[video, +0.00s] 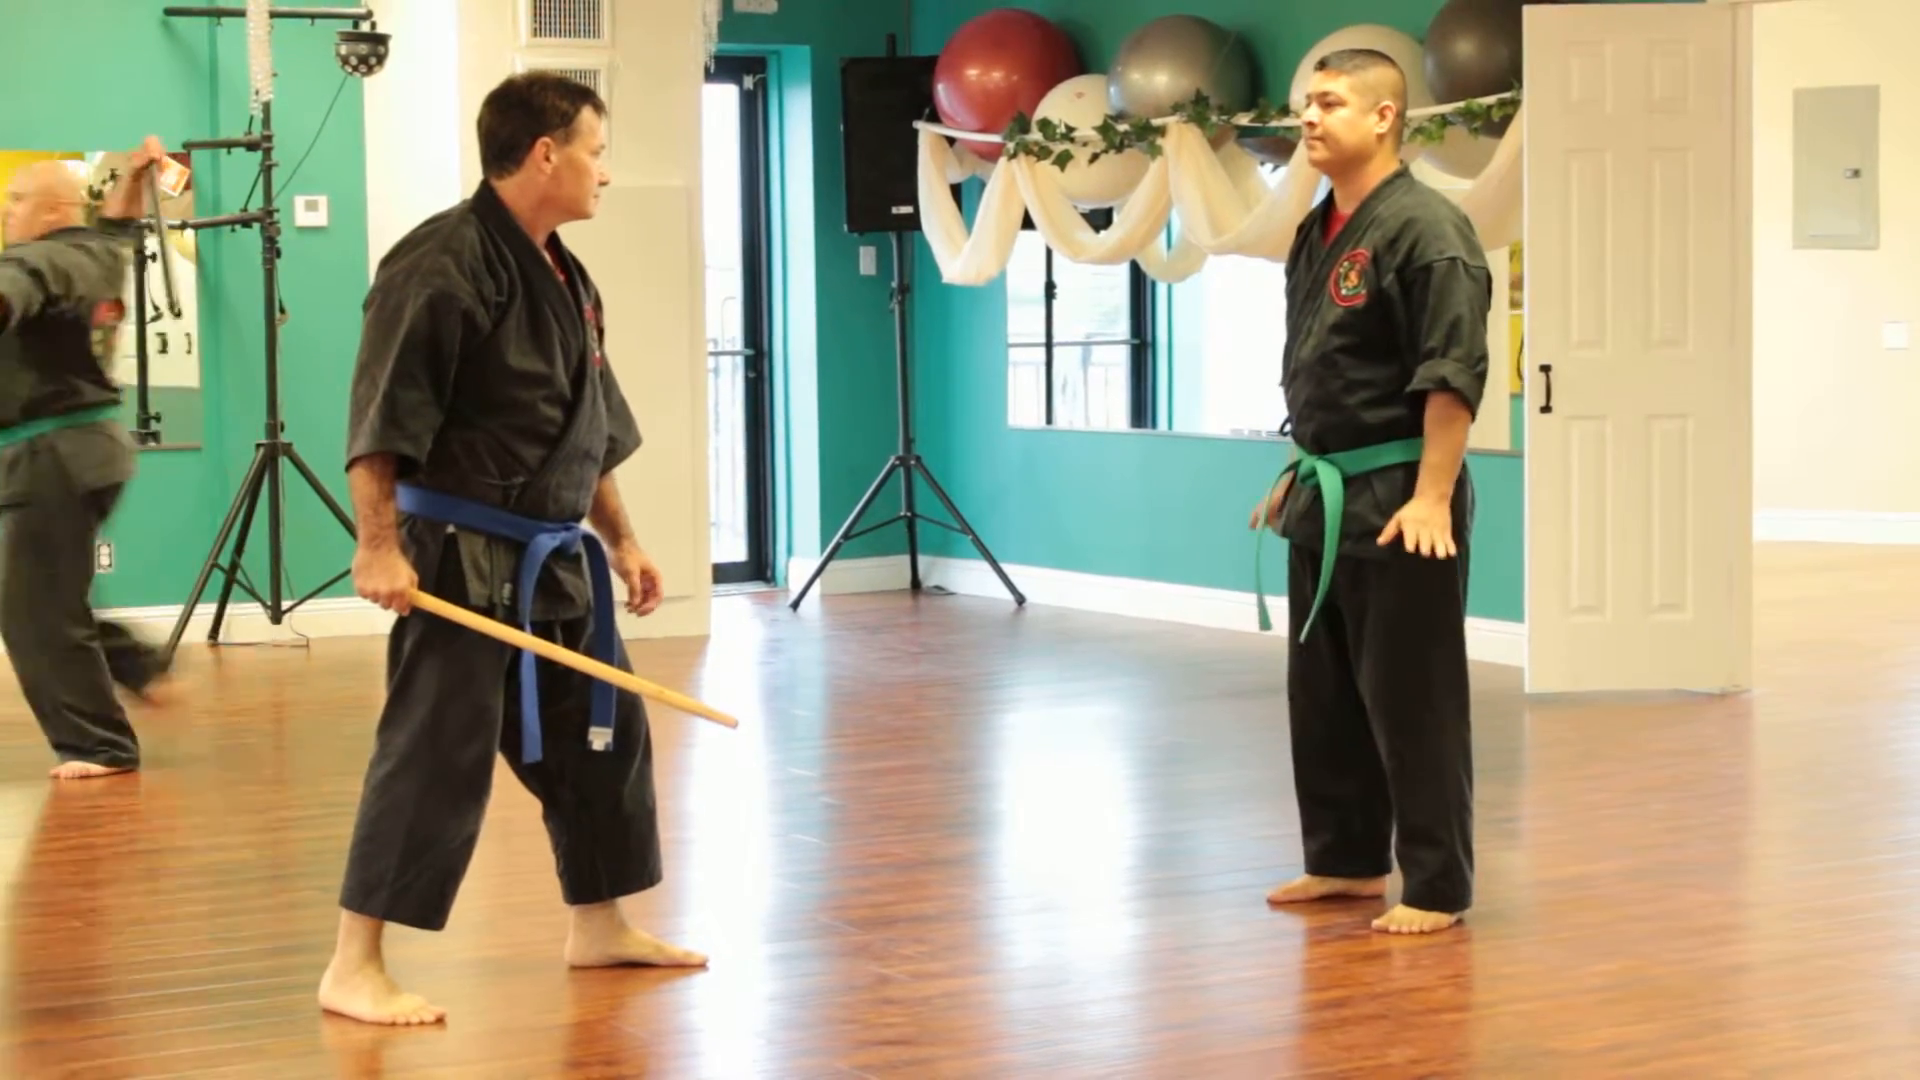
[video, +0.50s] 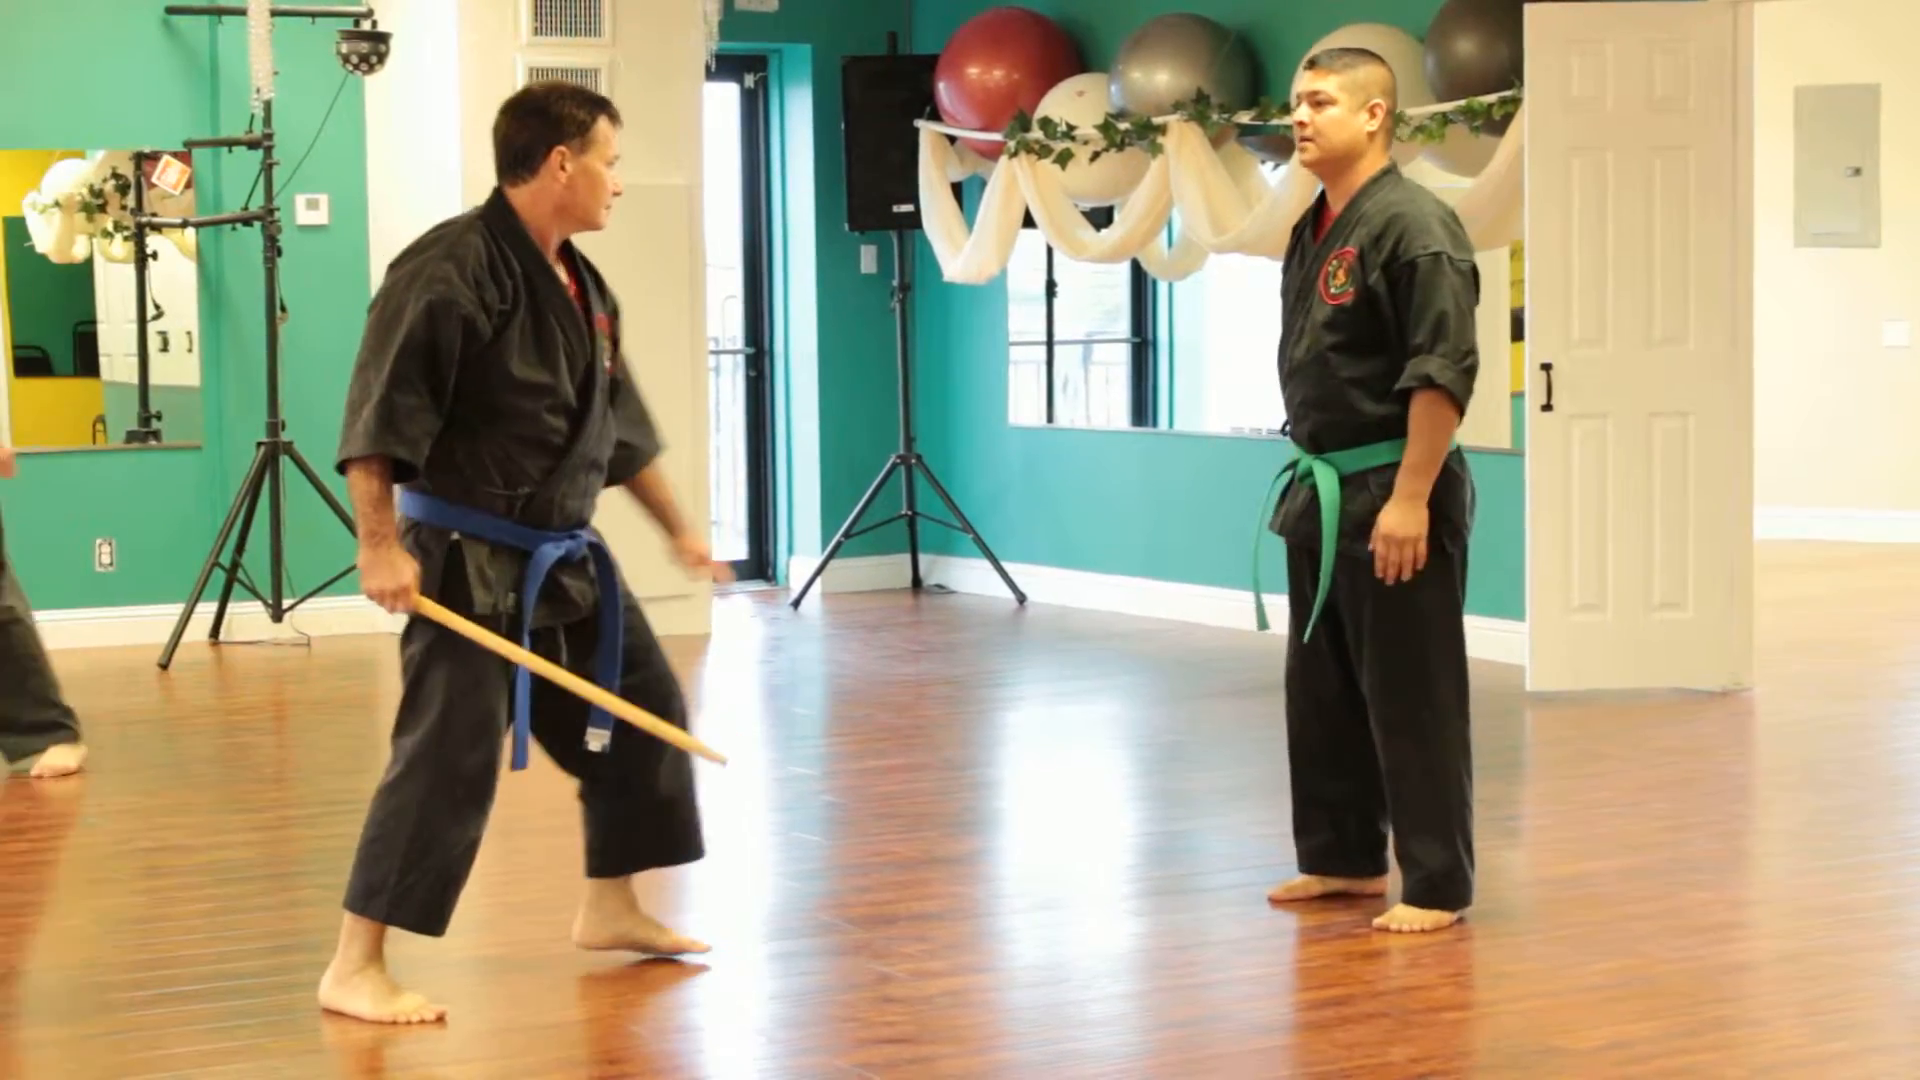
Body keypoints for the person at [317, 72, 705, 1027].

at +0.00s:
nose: (605, 173)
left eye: (604, 154)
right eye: (596, 154)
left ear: (550, 156)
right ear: (544, 155)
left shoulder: (566, 275)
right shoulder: (439, 261)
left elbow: (583, 427)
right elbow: (377, 409)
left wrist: (622, 538)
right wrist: (378, 540)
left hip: (560, 544)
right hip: (460, 542)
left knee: (600, 727)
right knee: (429, 747)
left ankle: (599, 927)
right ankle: (353, 965)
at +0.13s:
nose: (607, 173)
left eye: (606, 154)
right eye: (598, 154)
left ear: (550, 156)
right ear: (546, 154)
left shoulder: (566, 275)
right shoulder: (439, 260)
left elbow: (583, 428)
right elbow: (377, 410)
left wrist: (623, 538)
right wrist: (378, 540)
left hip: (561, 544)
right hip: (461, 541)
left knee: (600, 726)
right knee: (430, 746)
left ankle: (598, 926)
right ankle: (353, 965)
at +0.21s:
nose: (608, 173)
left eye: (607, 155)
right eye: (599, 154)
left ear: (551, 155)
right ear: (548, 154)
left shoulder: (567, 275)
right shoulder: (439, 260)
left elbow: (584, 428)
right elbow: (378, 410)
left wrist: (624, 538)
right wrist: (379, 540)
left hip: (561, 543)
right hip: (462, 541)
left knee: (600, 726)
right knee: (430, 745)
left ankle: (599, 926)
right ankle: (353, 965)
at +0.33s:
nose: (609, 174)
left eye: (607, 155)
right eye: (600, 154)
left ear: (552, 155)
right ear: (549, 154)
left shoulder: (567, 275)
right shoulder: (440, 260)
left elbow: (587, 427)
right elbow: (379, 410)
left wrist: (628, 539)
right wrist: (381, 541)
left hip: (560, 543)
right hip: (462, 541)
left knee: (601, 726)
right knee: (431, 746)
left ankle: (601, 926)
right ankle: (353, 965)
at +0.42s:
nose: (612, 176)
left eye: (610, 157)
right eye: (603, 157)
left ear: (552, 157)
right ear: (552, 157)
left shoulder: (570, 277)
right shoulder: (441, 262)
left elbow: (595, 426)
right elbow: (378, 414)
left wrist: (643, 535)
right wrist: (383, 544)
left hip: (557, 545)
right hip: (460, 543)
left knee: (614, 720)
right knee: (434, 747)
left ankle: (608, 924)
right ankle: (352, 966)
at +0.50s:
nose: (619, 184)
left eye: (618, 165)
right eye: (610, 164)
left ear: (561, 164)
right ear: (559, 164)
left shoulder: (581, 284)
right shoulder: (447, 267)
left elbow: (617, 424)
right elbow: (376, 407)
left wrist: (679, 527)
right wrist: (378, 540)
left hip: (563, 546)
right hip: (463, 545)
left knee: (641, 702)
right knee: (444, 747)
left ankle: (611, 908)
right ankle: (354, 966)